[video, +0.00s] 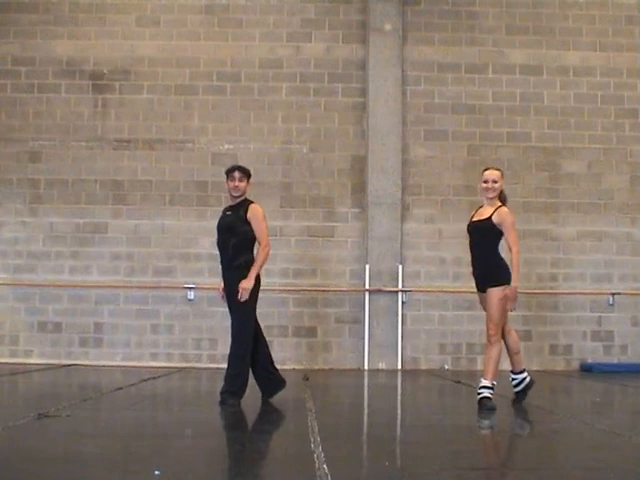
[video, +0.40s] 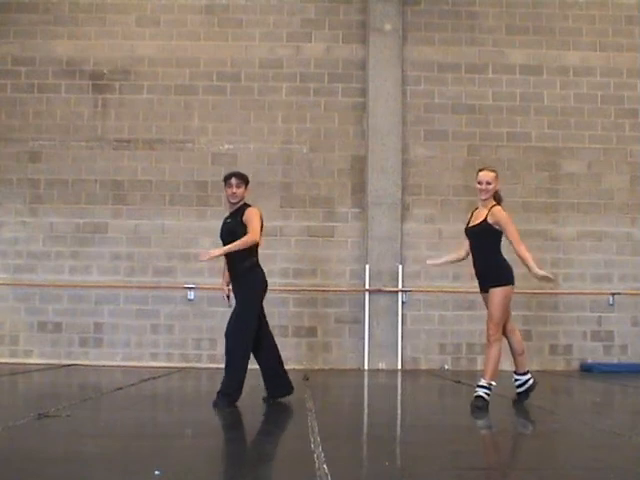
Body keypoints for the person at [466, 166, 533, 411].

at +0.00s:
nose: (490, 186)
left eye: (495, 182)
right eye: (486, 182)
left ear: (502, 185)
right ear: (481, 185)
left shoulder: (503, 213)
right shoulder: (478, 212)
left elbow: (514, 249)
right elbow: (478, 247)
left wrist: (514, 284)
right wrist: (476, 271)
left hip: (498, 277)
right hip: (481, 277)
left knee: (493, 334)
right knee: (505, 330)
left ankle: (486, 387)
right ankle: (520, 375)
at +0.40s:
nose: (483, 187)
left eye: (488, 184)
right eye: (480, 183)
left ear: (496, 186)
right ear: (475, 185)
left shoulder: (498, 213)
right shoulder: (475, 213)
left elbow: (518, 245)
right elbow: (465, 251)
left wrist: (535, 270)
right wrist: (438, 261)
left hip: (500, 278)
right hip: (484, 280)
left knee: (493, 333)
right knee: (508, 330)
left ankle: (485, 388)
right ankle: (523, 377)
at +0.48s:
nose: (486, 186)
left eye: (490, 182)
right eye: (482, 181)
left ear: (498, 186)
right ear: (476, 184)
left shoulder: (500, 214)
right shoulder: (468, 213)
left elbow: (525, 243)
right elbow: (450, 242)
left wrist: (548, 264)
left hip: (499, 278)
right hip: (480, 279)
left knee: (493, 333)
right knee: (501, 330)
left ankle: (485, 388)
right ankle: (521, 376)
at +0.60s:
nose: (492, 185)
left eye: (496, 181)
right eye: (487, 181)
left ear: (502, 185)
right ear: (480, 185)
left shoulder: (506, 217)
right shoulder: (469, 205)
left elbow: (529, 244)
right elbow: (434, 200)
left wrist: (553, 270)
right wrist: (465, 195)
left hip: (495, 277)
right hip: (471, 276)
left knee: (492, 332)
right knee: (476, 335)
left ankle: (485, 386)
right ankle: (505, 362)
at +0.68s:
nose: (494, 187)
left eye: (498, 183)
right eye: (489, 183)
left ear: (504, 187)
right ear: (482, 187)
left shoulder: (505, 222)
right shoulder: (474, 200)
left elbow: (516, 255)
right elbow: (453, 180)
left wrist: (546, 265)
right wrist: (463, 212)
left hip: (494, 277)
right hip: (468, 276)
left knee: (490, 334)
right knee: (463, 337)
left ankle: (485, 385)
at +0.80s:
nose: (497, 187)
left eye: (500, 183)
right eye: (492, 184)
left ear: (506, 187)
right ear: (485, 187)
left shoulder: (505, 221)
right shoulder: (479, 200)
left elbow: (513, 248)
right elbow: (460, 187)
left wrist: (537, 230)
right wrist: (471, 217)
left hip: (494, 275)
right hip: (468, 273)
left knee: (488, 333)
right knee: (460, 337)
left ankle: (483, 387)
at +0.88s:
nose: (493, 182)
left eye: (497, 179)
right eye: (488, 179)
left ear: (502, 184)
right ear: (480, 183)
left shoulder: (505, 212)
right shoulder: (473, 199)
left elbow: (525, 226)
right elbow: (464, 201)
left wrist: (524, 197)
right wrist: (486, 223)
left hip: (493, 274)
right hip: (468, 271)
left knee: (483, 334)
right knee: (458, 334)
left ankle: (481, 386)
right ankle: (428, 305)